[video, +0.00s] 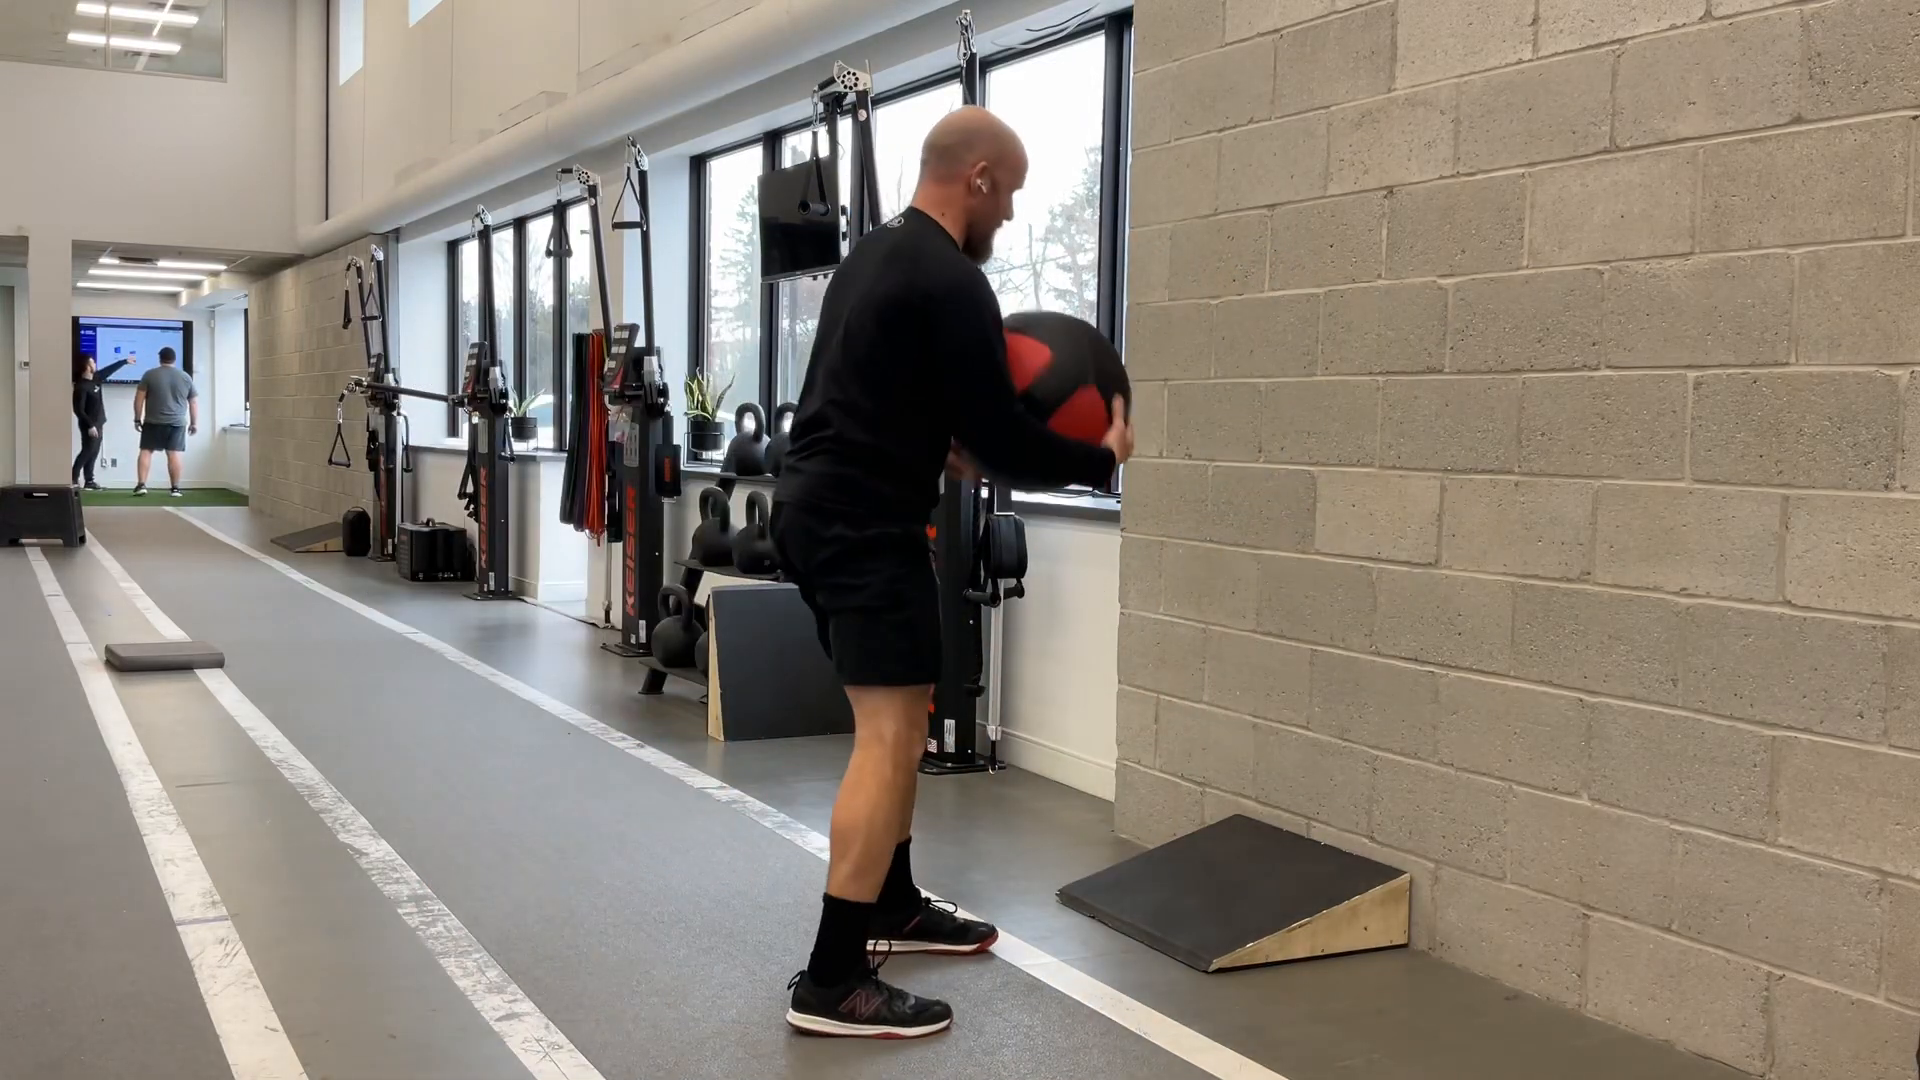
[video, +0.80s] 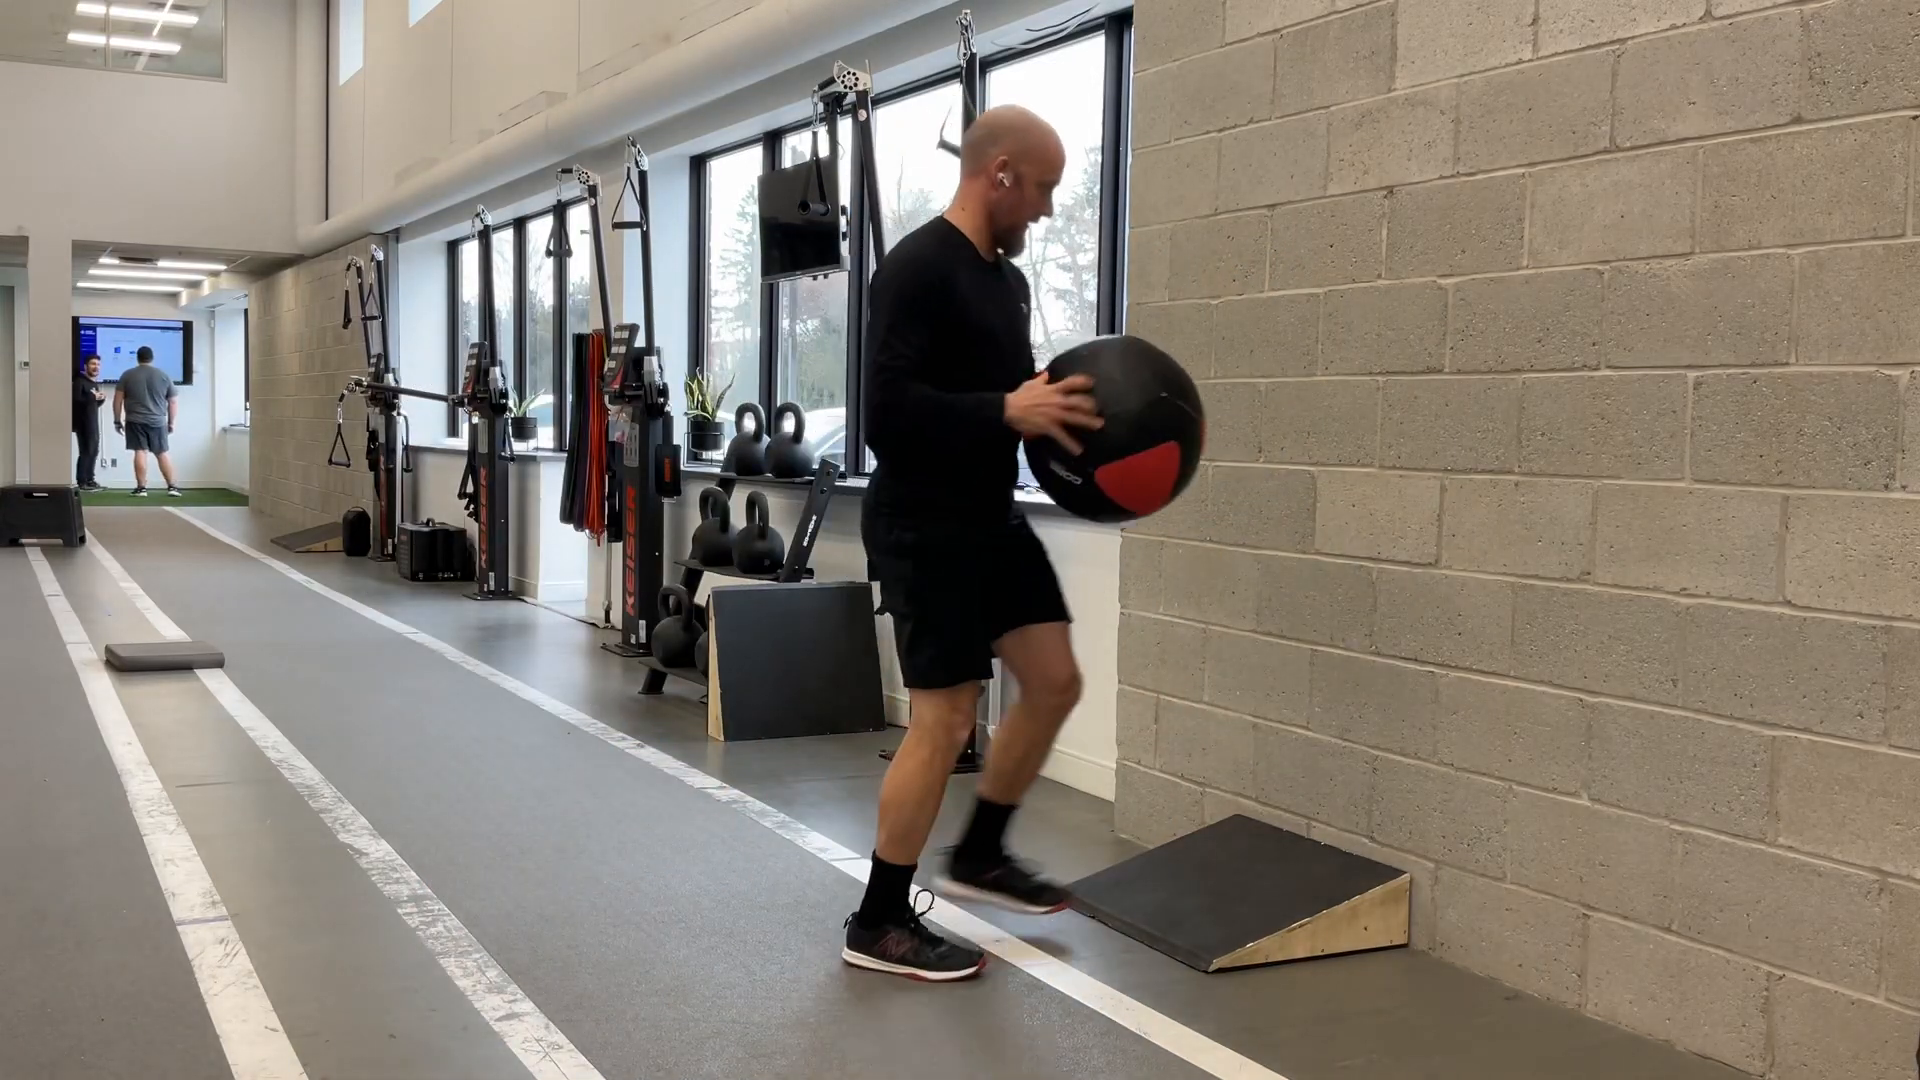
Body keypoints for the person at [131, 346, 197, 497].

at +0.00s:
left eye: (161, 358)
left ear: (159, 359)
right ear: (174, 359)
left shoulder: (150, 375)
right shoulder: (185, 377)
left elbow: (139, 397)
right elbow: (193, 402)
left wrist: (137, 418)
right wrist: (193, 423)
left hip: (153, 422)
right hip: (176, 423)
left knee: (146, 451)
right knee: (174, 454)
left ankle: (141, 484)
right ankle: (175, 488)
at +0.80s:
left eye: (141, 357)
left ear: (138, 358)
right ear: (152, 358)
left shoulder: (128, 375)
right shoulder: (163, 376)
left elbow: (118, 399)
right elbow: (172, 401)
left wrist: (117, 420)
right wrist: (171, 422)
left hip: (135, 422)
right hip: (157, 422)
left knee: (140, 452)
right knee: (162, 454)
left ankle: (141, 487)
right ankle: (172, 486)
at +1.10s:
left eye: (134, 357)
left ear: (133, 358)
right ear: (148, 358)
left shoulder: (125, 375)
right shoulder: (160, 375)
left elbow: (116, 398)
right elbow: (171, 399)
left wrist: (115, 420)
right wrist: (171, 421)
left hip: (134, 422)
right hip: (155, 422)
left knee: (139, 453)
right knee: (156, 454)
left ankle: (141, 487)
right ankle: (159, 486)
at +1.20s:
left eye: (134, 357)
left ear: (133, 358)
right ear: (148, 358)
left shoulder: (125, 375)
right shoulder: (160, 375)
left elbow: (116, 399)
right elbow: (171, 398)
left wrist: (116, 421)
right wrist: (172, 421)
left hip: (134, 422)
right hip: (156, 422)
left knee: (139, 453)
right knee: (155, 454)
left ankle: (141, 487)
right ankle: (158, 486)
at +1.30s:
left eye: (135, 357)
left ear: (134, 358)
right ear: (149, 358)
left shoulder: (125, 375)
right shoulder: (160, 375)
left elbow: (117, 400)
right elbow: (171, 398)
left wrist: (118, 421)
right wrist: (172, 421)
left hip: (134, 421)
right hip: (156, 422)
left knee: (140, 453)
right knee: (156, 454)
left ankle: (141, 487)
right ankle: (159, 486)